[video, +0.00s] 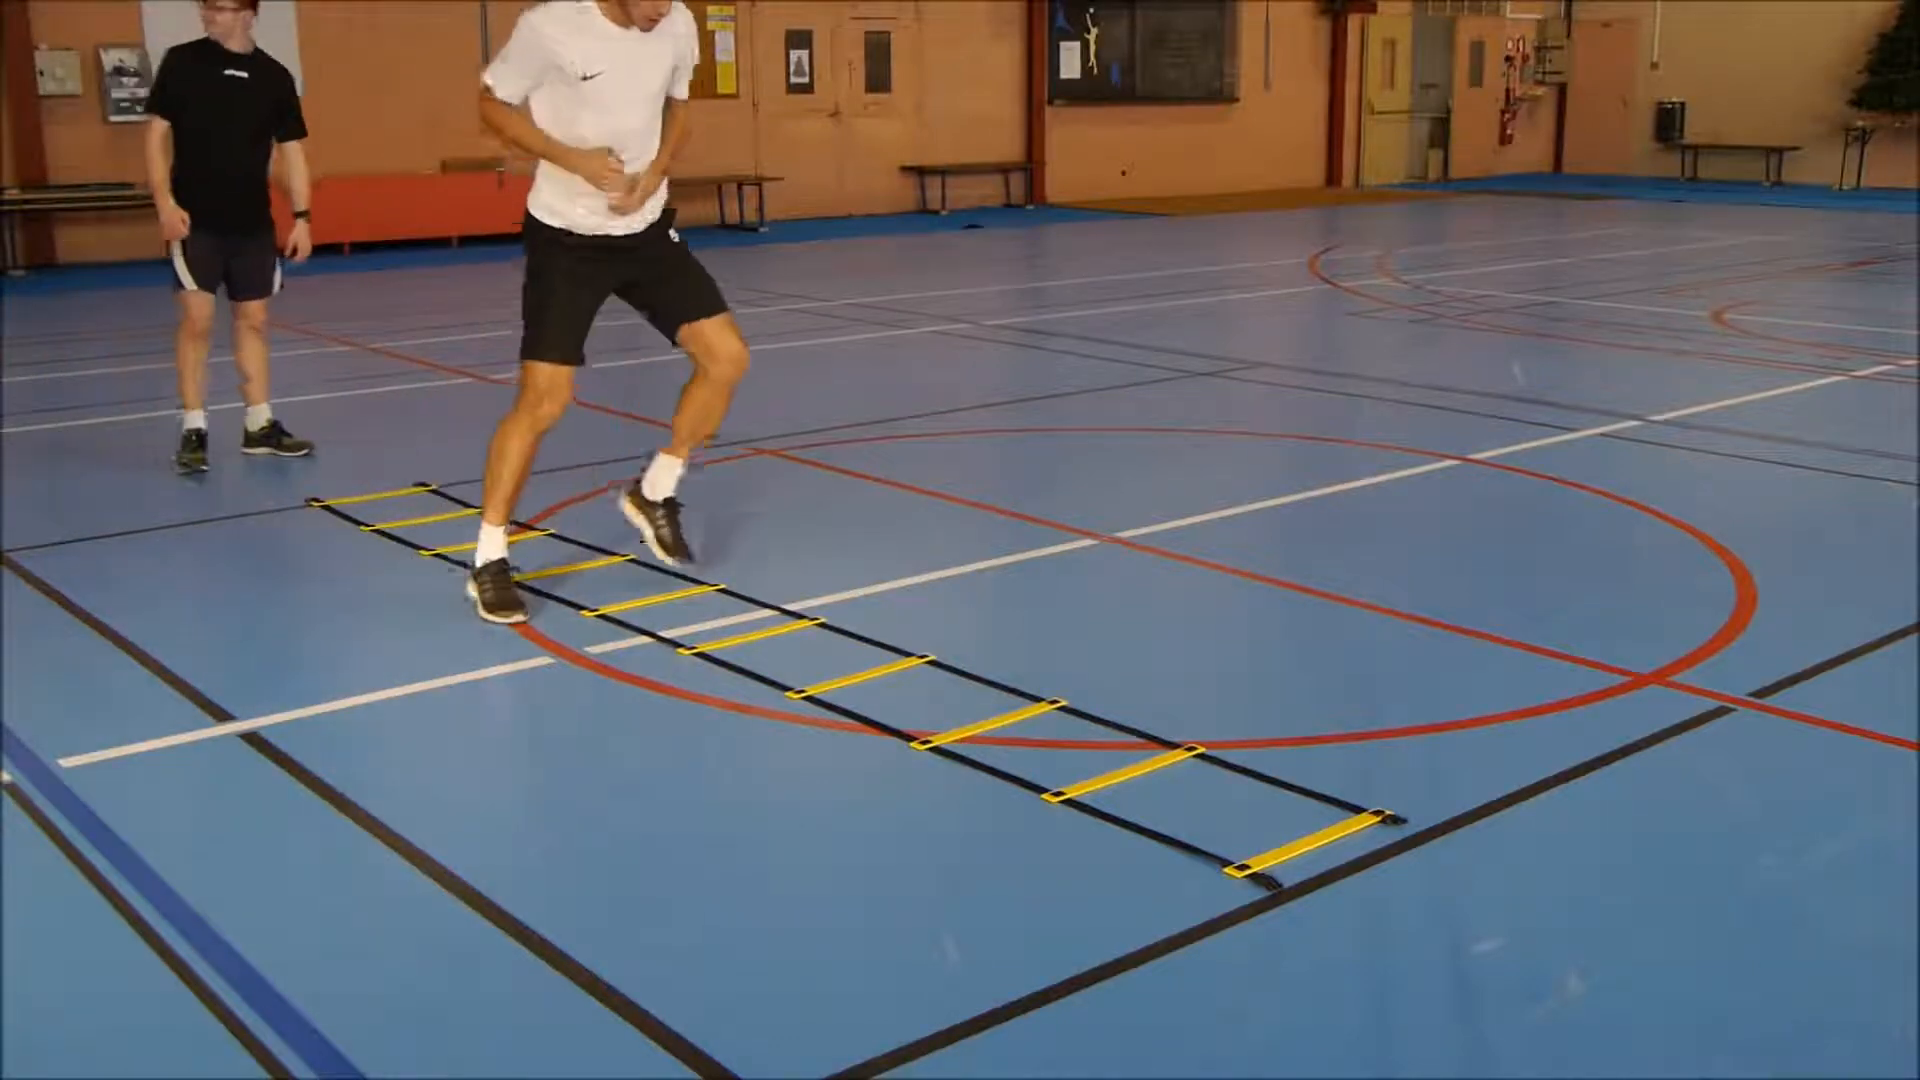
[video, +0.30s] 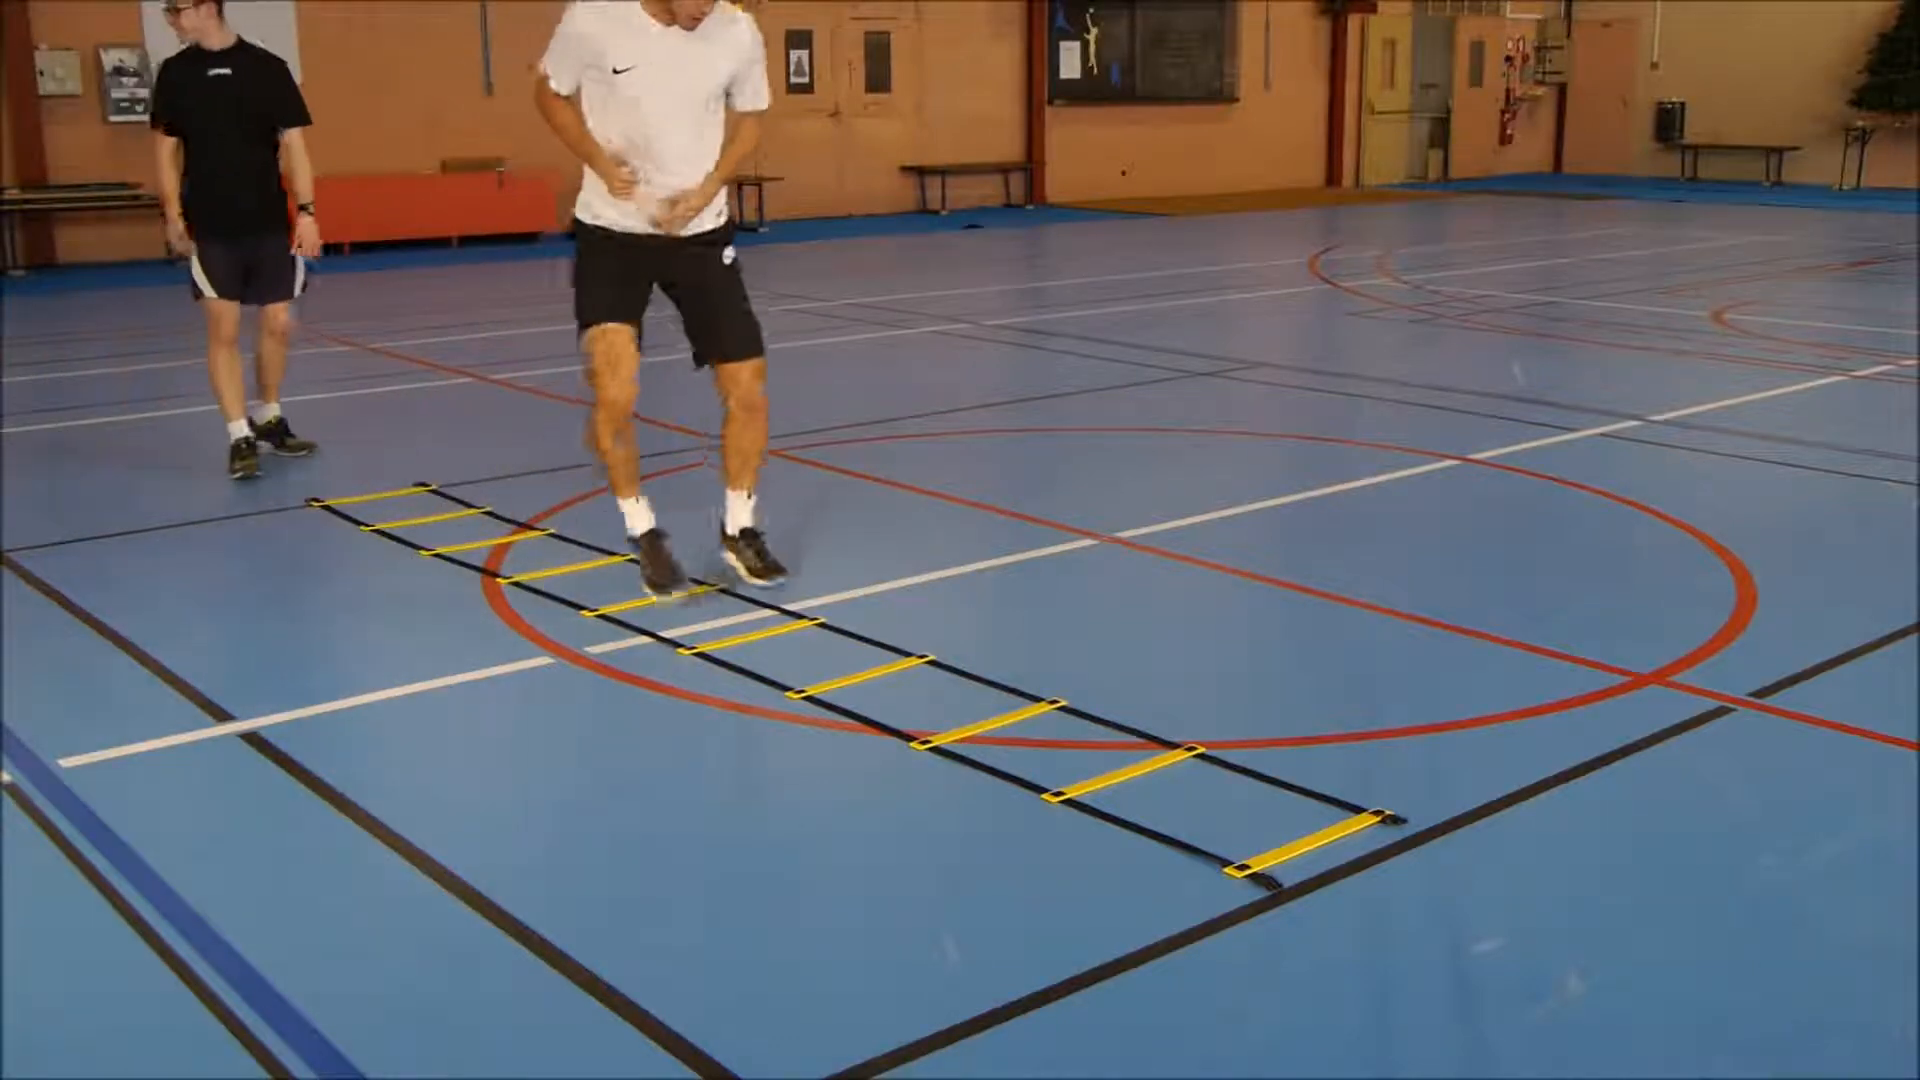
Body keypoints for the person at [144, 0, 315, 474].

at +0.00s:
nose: (207, 14)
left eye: (218, 7)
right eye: (205, 7)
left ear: (247, 13)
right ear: (203, 12)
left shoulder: (275, 76)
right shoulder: (181, 62)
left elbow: (293, 149)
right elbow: (157, 134)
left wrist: (302, 217)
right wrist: (164, 203)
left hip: (252, 216)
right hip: (196, 217)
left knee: (254, 319)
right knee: (197, 321)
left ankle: (260, 426)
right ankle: (194, 429)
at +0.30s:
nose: (172, 21)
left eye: (178, 11)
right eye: (171, 13)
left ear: (209, 10)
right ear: (197, 15)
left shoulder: (268, 67)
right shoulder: (174, 73)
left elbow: (294, 143)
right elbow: (166, 149)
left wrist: (307, 211)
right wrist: (172, 214)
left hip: (270, 219)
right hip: (211, 223)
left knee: (278, 322)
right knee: (225, 331)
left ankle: (270, 419)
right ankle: (239, 437)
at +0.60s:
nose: (164, 22)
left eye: (170, 11)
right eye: (163, 13)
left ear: (201, 9)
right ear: (190, 12)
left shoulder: (262, 62)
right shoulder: (166, 70)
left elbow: (289, 142)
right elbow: (157, 148)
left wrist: (276, 211)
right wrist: (137, 135)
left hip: (274, 212)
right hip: (215, 222)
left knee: (314, 324)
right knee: (226, 334)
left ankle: (328, 422)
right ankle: (241, 438)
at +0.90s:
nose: (251, 29)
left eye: (260, 19)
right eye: (241, 19)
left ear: (269, 16)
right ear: (222, 13)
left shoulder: (294, 69)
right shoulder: (194, 70)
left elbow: (313, 149)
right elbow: (172, 148)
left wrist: (302, 214)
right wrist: (179, 177)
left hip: (291, 220)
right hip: (231, 225)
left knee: (315, 330)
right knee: (234, 333)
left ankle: (335, 441)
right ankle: (242, 439)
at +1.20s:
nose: (314, 32)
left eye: (322, 23)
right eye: (304, 21)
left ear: (330, 19)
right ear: (281, 12)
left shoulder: (341, 72)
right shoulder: (243, 62)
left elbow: (352, 153)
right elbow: (216, 135)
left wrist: (331, 210)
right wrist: (219, 207)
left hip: (319, 224)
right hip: (257, 224)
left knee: (328, 335)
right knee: (252, 335)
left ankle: (337, 442)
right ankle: (245, 437)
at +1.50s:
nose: (321, 40)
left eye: (331, 31)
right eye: (313, 30)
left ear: (340, 23)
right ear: (291, 16)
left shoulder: (349, 77)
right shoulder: (251, 62)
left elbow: (354, 158)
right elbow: (219, 134)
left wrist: (336, 214)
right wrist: (216, 208)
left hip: (322, 224)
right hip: (261, 225)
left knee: (328, 334)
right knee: (263, 335)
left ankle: (337, 444)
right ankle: (265, 446)